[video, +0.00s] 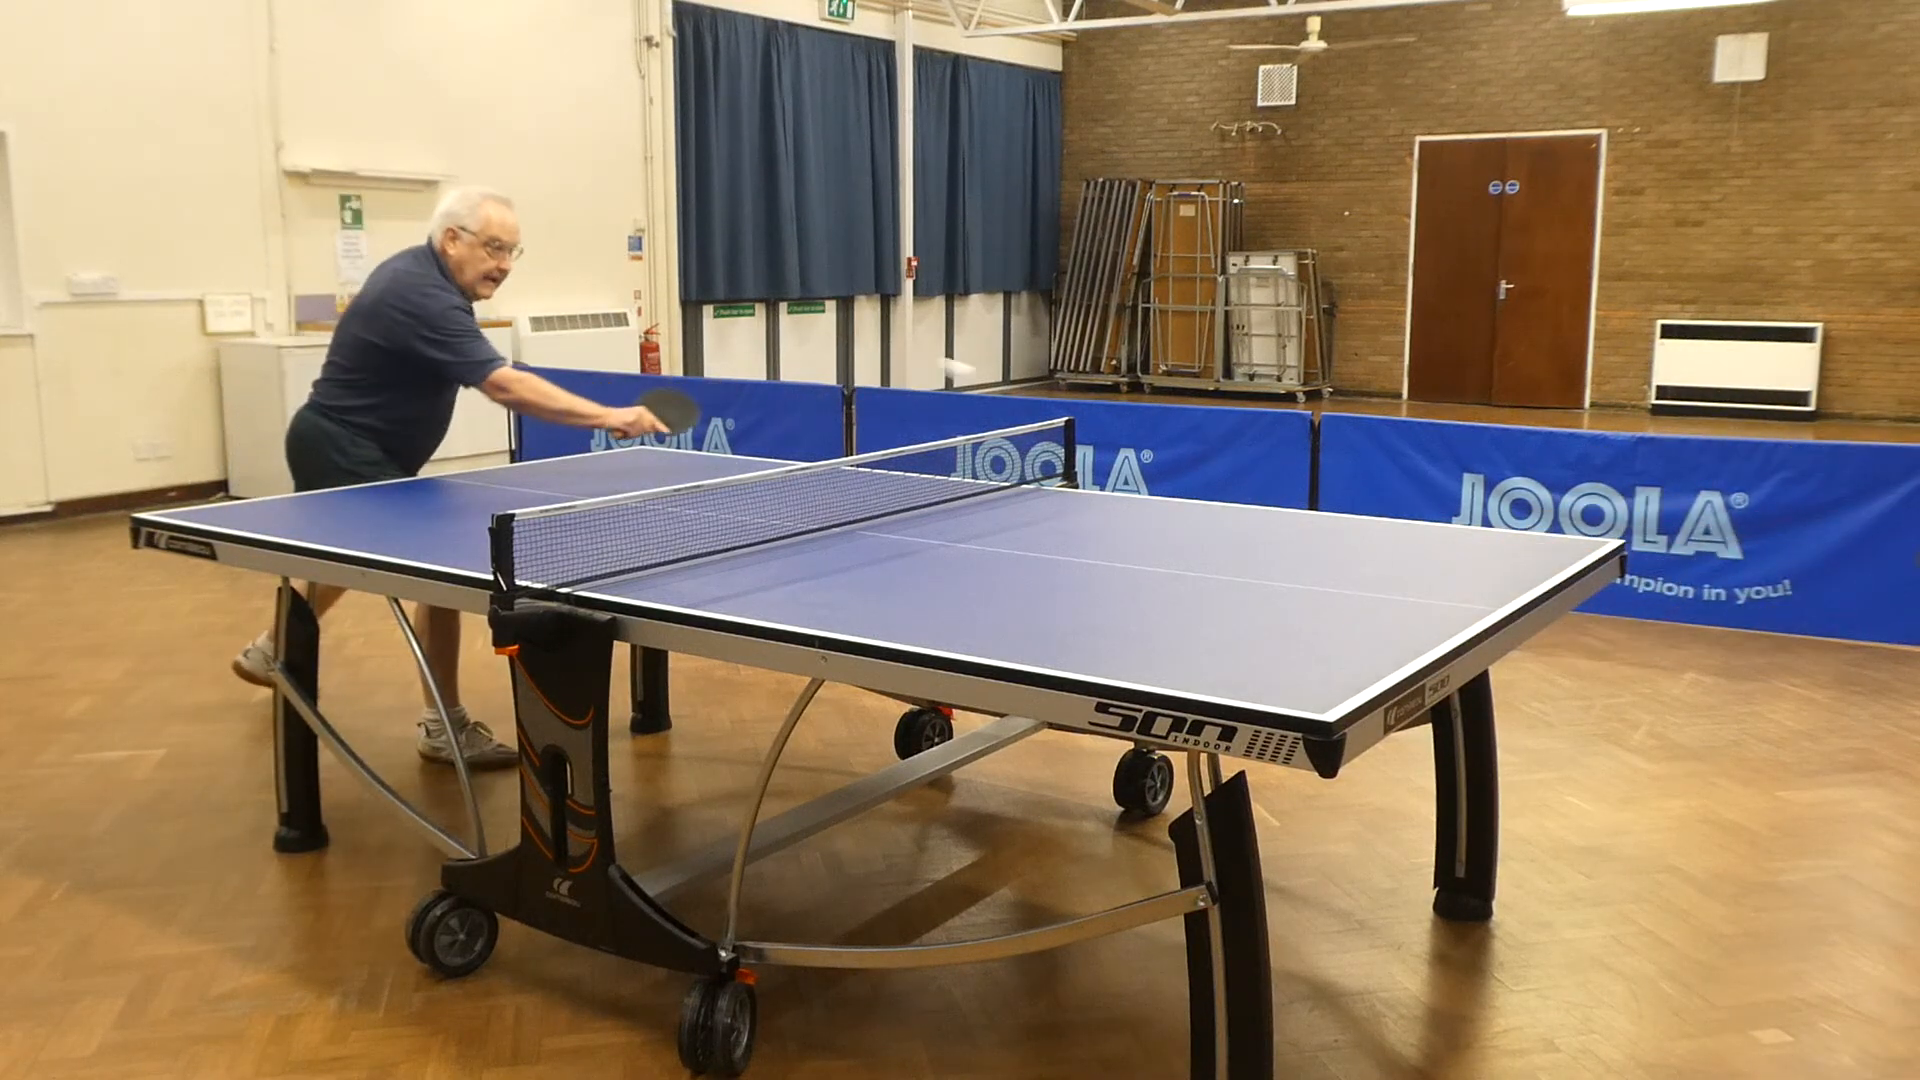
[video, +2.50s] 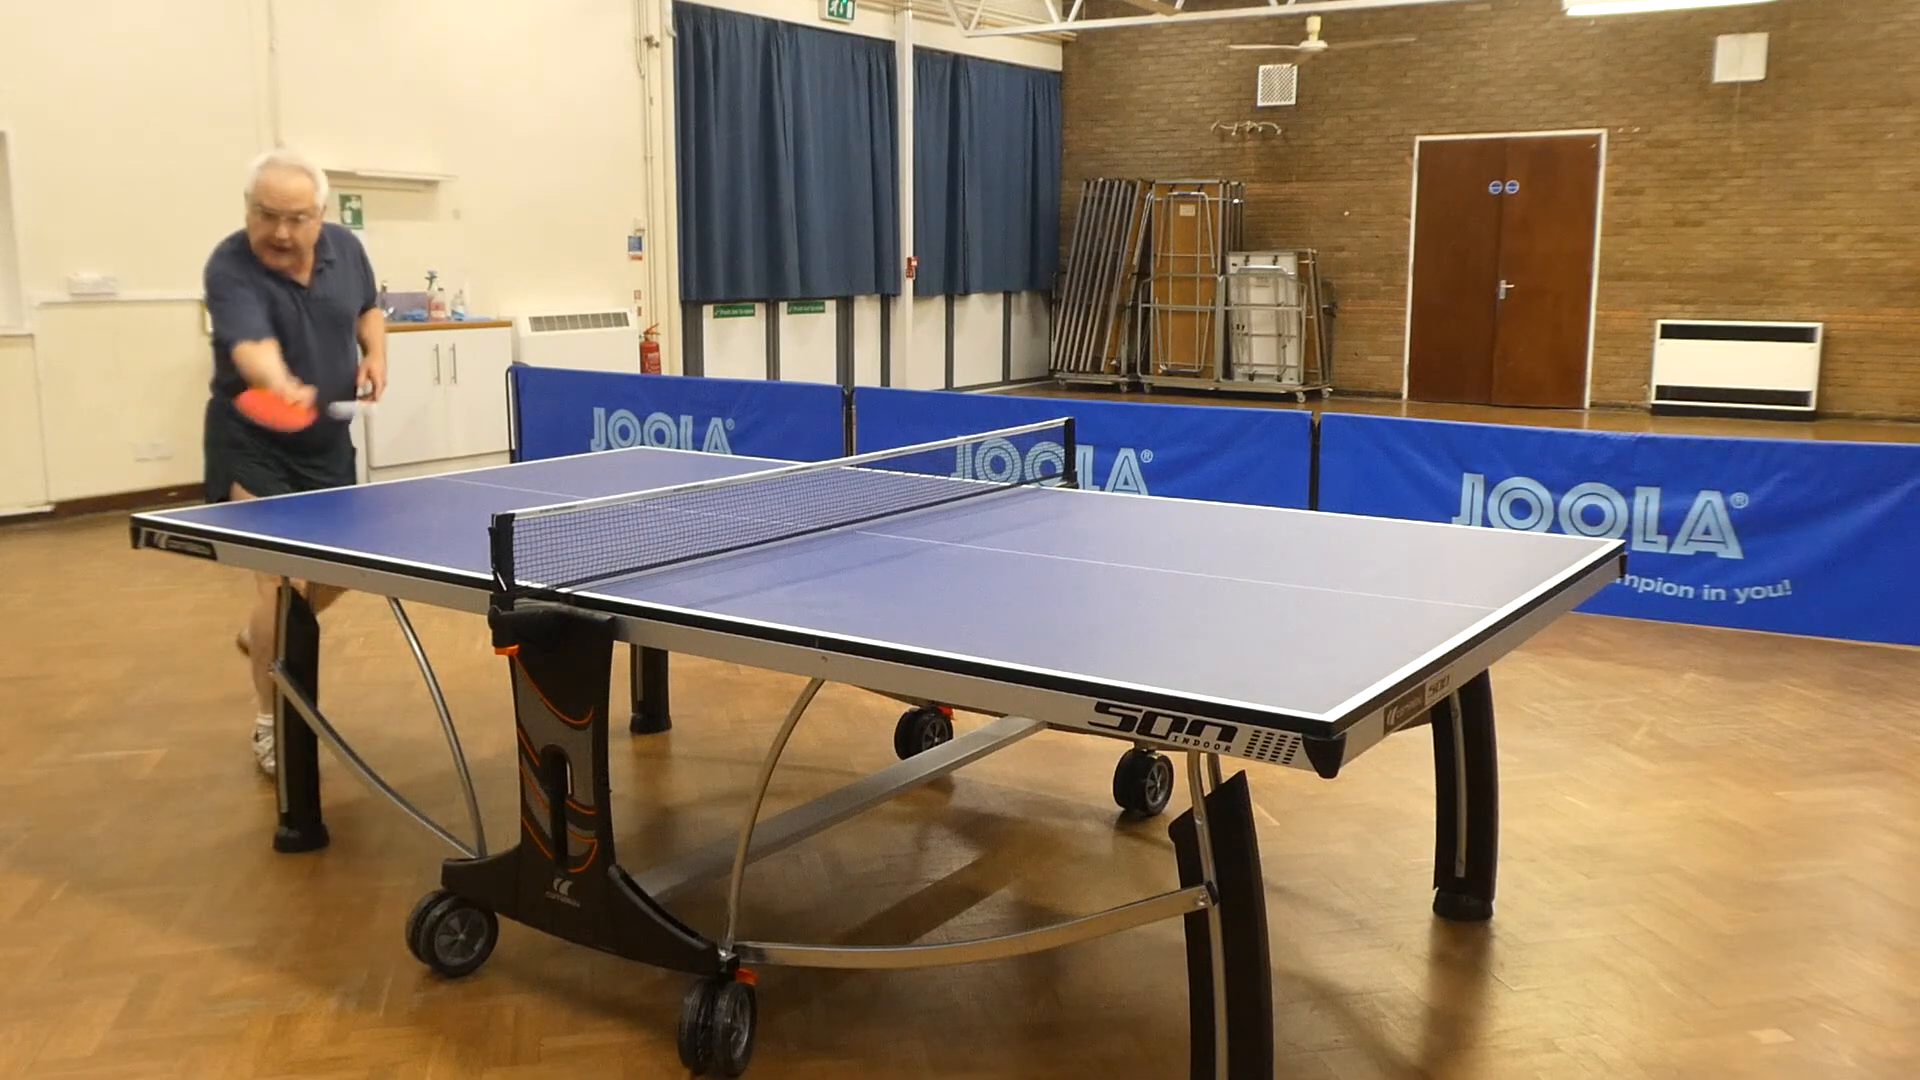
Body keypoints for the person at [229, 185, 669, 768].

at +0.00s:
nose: (504, 266)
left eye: (512, 253)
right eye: (495, 248)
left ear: (452, 242)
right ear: (450, 239)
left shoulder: (421, 271)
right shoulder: (426, 295)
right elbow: (504, 386)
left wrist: (494, 379)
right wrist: (607, 416)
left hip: (339, 441)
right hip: (348, 451)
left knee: (348, 551)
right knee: (445, 570)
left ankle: (273, 649)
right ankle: (446, 723)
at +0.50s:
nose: (348, 228)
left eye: (359, 216)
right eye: (332, 215)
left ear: (369, 222)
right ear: (300, 217)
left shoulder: (367, 274)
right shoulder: (274, 282)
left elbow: (371, 346)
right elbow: (276, 371)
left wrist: (411, 402)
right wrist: (343, 411)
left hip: (360, 446)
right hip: (293, 453)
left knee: (346, 567)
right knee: (356, 567)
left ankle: (263, 659)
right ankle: (395, 708)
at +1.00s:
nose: (337, 261)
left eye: (350, 249)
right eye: (325, 244)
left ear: (360, 243)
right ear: (290, 226)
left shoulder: (345, 278)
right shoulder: (246, 263)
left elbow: (333, 349)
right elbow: (200, 341)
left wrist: (357, 409)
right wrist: (278, 406)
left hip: (295, 446)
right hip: (224, 439)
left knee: (300, 573)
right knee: (254, 577)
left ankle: (288, 692)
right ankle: (252, 728)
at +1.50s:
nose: (330, 263)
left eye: (341, 248)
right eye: (317, 244)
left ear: (350, 248)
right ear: (276, 236)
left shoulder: (322, 294)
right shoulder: (229, 286)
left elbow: (309, 370)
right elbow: (246, 386)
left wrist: (327, 433)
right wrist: (314, 436)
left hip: (266, 451)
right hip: (200, 450)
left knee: (259, 570)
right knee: (257, 583)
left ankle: (223, 664)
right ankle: (251, 730)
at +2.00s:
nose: (315, 239)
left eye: (326, 226)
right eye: (299, 224)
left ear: (335, 225)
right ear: (263, 220)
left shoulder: (331, 278)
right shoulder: (227, 272)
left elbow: (342, 357)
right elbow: (209, 357)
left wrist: (346, 411)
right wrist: (265, 410)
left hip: (294, 445)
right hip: (221, 441)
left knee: (297, 573)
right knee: (258, 579)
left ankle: (239, 667)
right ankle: (254, 725)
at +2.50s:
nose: (283, 233)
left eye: (298, 218)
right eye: (268, 216)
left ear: (320, 213)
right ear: (248, 210)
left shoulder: (345, 249)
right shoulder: (232, 265)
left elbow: (368, 307)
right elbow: (251, 346)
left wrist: (375, 355)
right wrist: (283, 382)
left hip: (326, 433)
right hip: (253, 436)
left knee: (345, 561)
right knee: (278, 574)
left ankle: (269, 632)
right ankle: (270, 717)